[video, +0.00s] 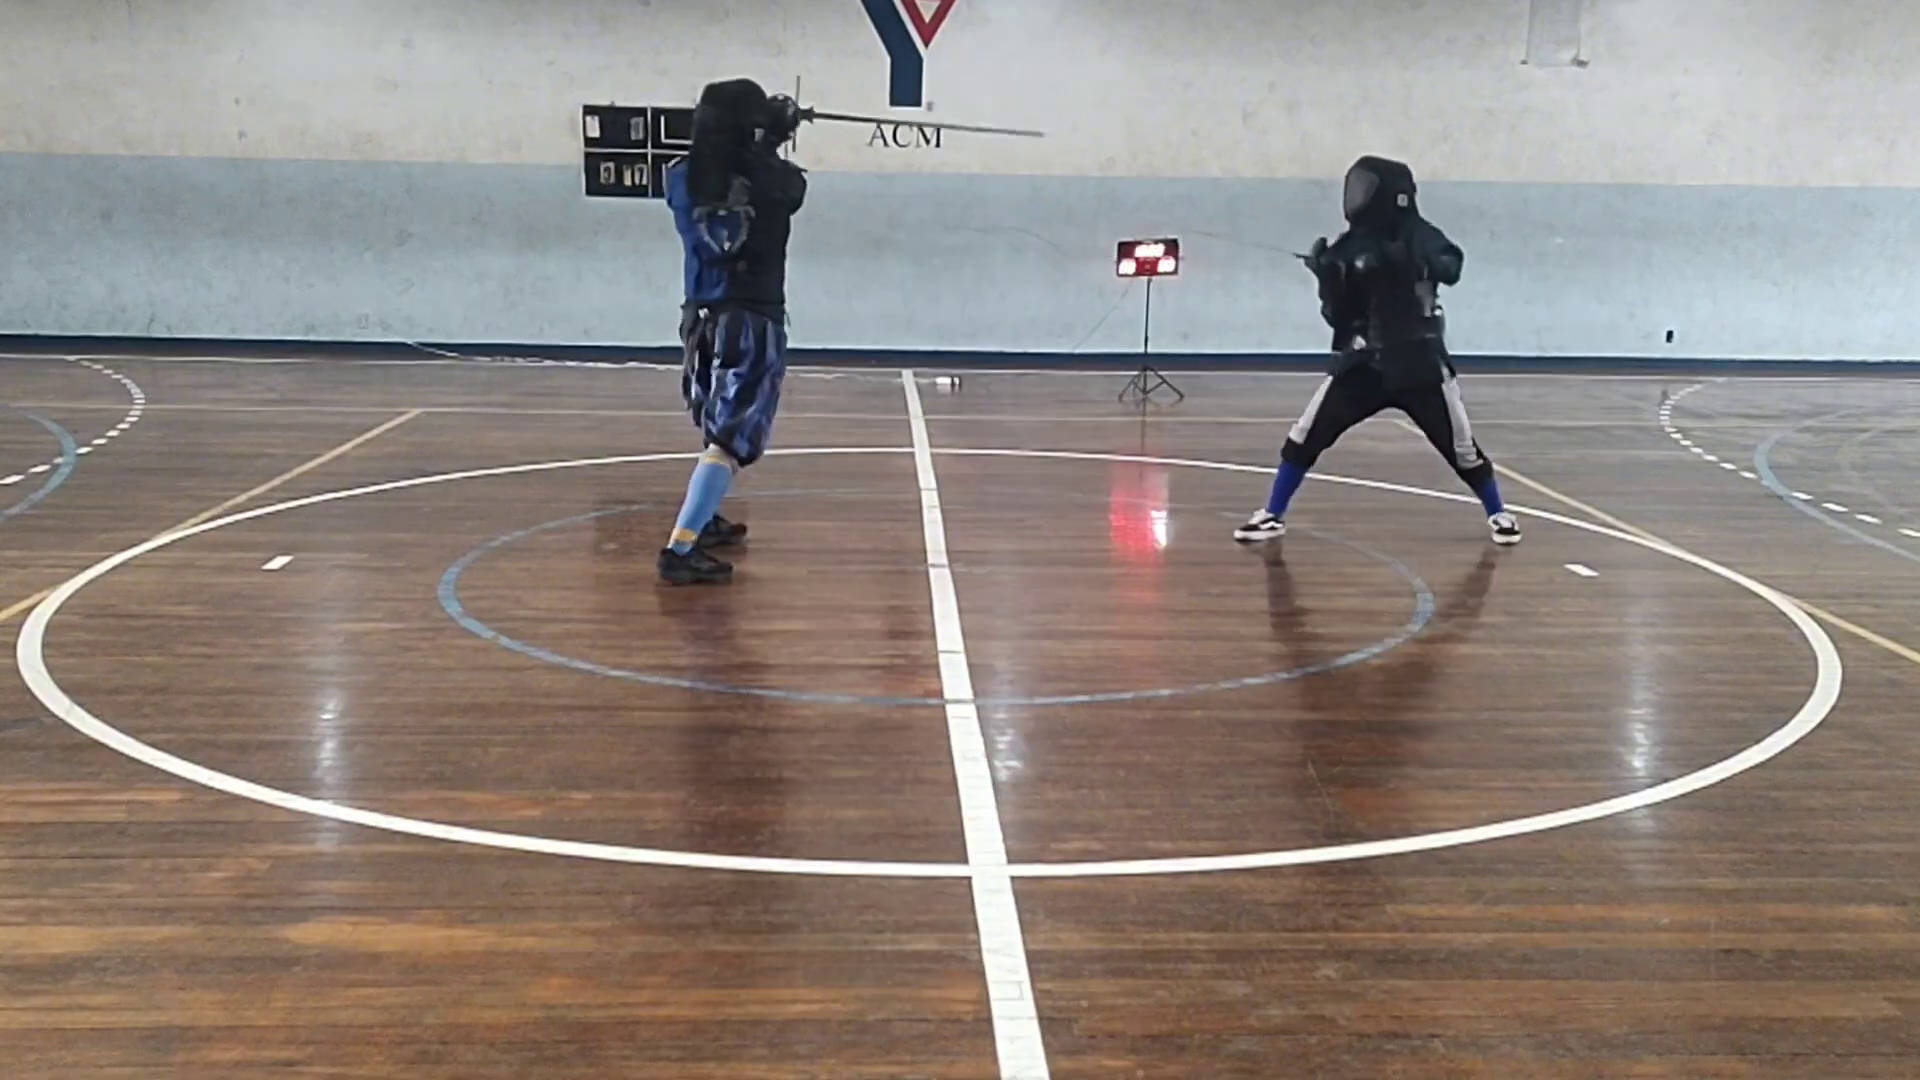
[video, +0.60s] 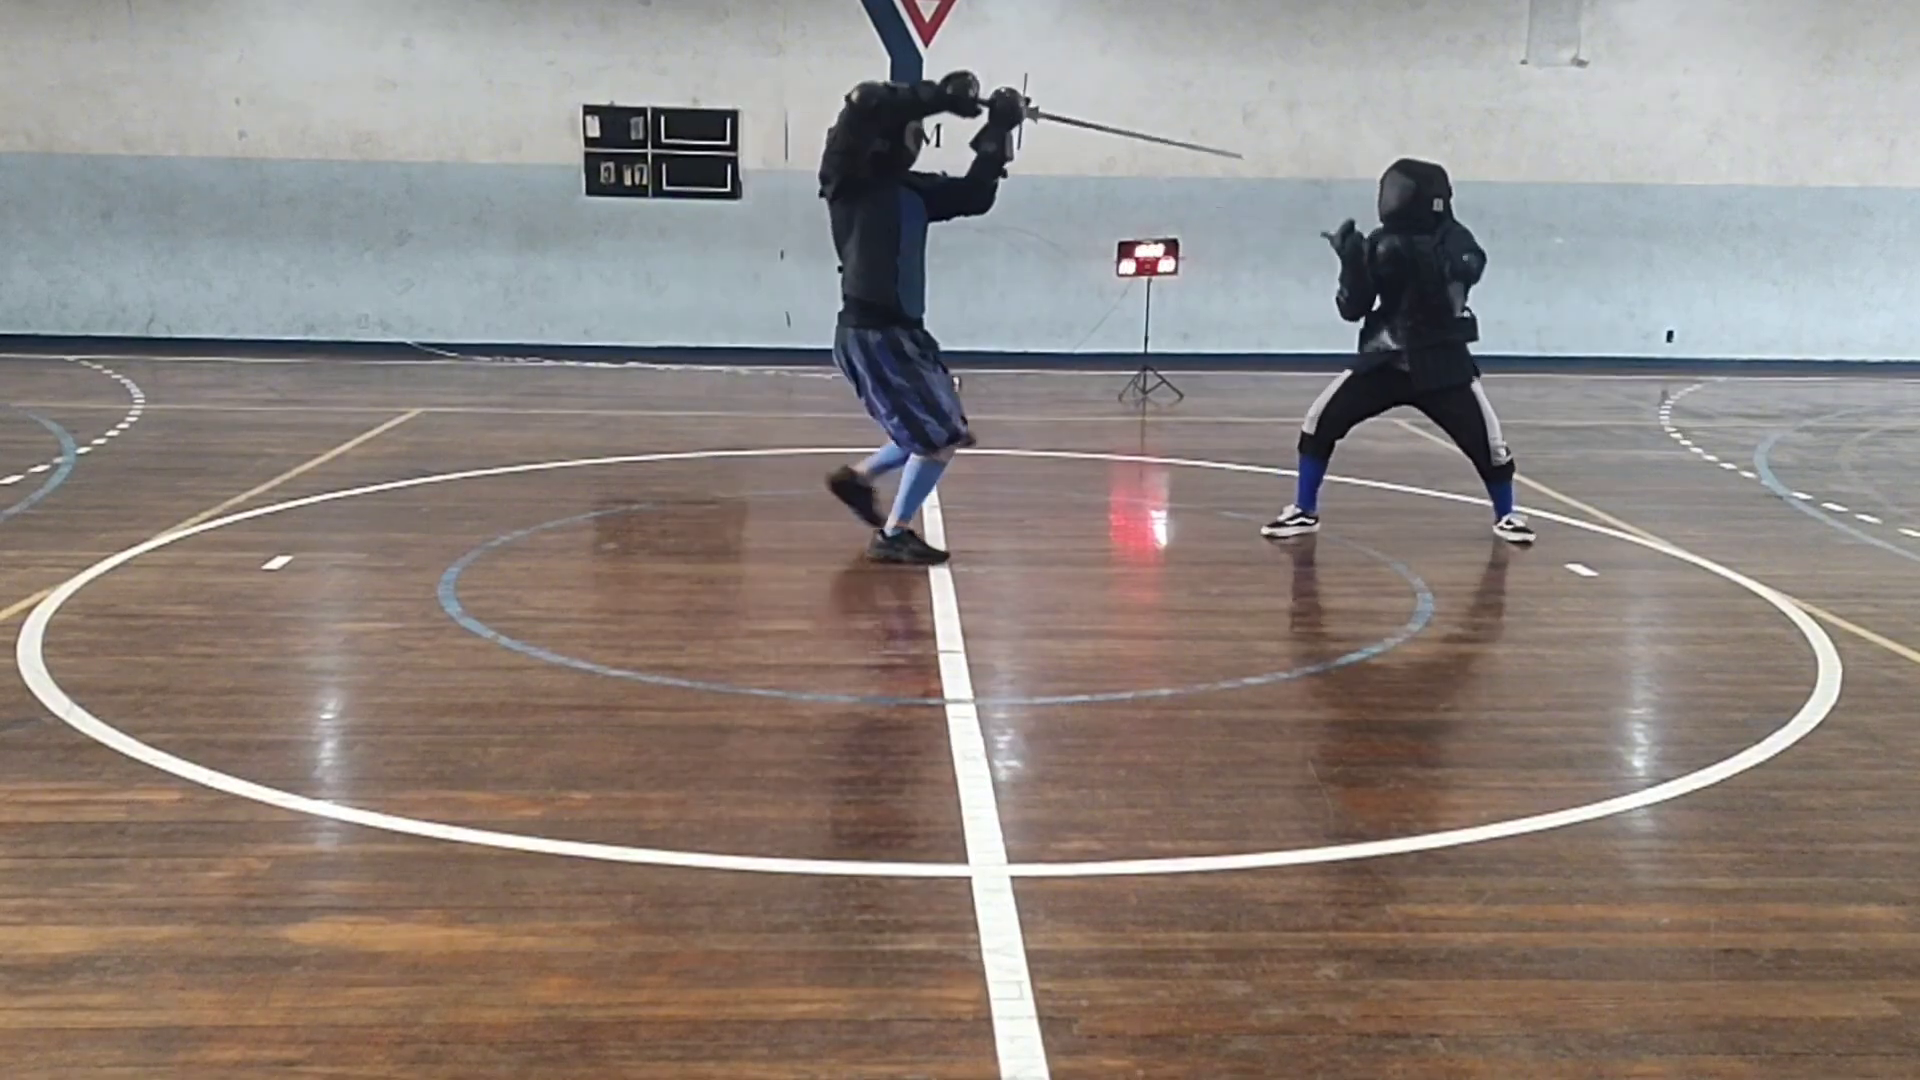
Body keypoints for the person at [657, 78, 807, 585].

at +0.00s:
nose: (767, 131)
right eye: (764, 124)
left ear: (705, 124)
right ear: (754, 130)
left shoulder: (678, 176)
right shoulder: (773, 178)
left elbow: (712, 166)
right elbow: (791, 186)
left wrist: (760, 136)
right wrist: (767, 144)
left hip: (699, 313)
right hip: (751, 317)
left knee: (716, 426)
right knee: (730, 436)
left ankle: (705, 516)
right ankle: (680, 547)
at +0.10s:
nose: (783, 127)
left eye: (782, 119)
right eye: (779, 119)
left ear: (725, 120)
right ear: (768, 125)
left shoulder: (697, 174)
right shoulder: (774, 174)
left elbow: (747, 203)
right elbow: (817, 219)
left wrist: (788, 159)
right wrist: (806, 166)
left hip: (713, 311)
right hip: (759, 315)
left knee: (736, 427)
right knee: (767, 439)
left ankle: (709, 518)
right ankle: (697, 529)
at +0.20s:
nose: (802, 132)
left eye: (800, 123)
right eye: (797, 123)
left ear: (748, 128)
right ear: (779, 131)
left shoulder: (740, 176)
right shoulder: (782, 185)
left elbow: (795, 220)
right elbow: (838, 245)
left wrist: (851, 205)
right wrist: (869, 217)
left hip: (732, 320)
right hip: (772, 325)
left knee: (758, 428)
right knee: (812, 430)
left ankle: (701, 517)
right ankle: (756, 529)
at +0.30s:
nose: (825, 133)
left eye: (825, 124)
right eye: (818, 124)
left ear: (787, 131)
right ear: (792, 131)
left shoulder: (805, 180)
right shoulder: (782, 187)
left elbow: (848, 240)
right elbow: (827, 257)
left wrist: (898, 254)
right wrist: (887, 292)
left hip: (782, 324)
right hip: (778, 326)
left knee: (768, 433)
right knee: (850, 414)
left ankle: (700, 516)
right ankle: (859, 532)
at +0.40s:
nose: (853, 142)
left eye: (855, 132)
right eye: (846, 132)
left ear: (818, 137)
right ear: (819, 135)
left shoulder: (850, 187)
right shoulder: (790, 183)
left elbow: (894, 239)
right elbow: (823, 244)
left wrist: (932, 231)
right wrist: (901, 253)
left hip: (836, 327)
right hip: (816, 328)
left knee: (788, 434)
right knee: (891, 421)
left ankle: (708, 503)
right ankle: (890, 533)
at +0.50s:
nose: (887, 145)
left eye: (887, 138)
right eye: (880, 137)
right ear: (856, 139)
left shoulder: (883, 186)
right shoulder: (809, 185)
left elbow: (949, 219)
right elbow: (839, 179)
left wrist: (968, 166)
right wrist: (897, 148)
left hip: (875, 329)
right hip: (845, 331)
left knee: (862, 443)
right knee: (919, 426)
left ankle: (769, 473)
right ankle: (894, 533)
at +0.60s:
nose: (921, 142)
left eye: (922, 133)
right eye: (914, 132)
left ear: (910, 141)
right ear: (888, 132)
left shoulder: (914, 191)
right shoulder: (851, 180)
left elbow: (976, 196)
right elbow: (867, 104)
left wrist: (995, 134)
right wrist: (941, 96)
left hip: (904, 332)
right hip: (871, 334)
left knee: (938, 428)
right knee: (937, 438)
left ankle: (859, 477)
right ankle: (895, 535)